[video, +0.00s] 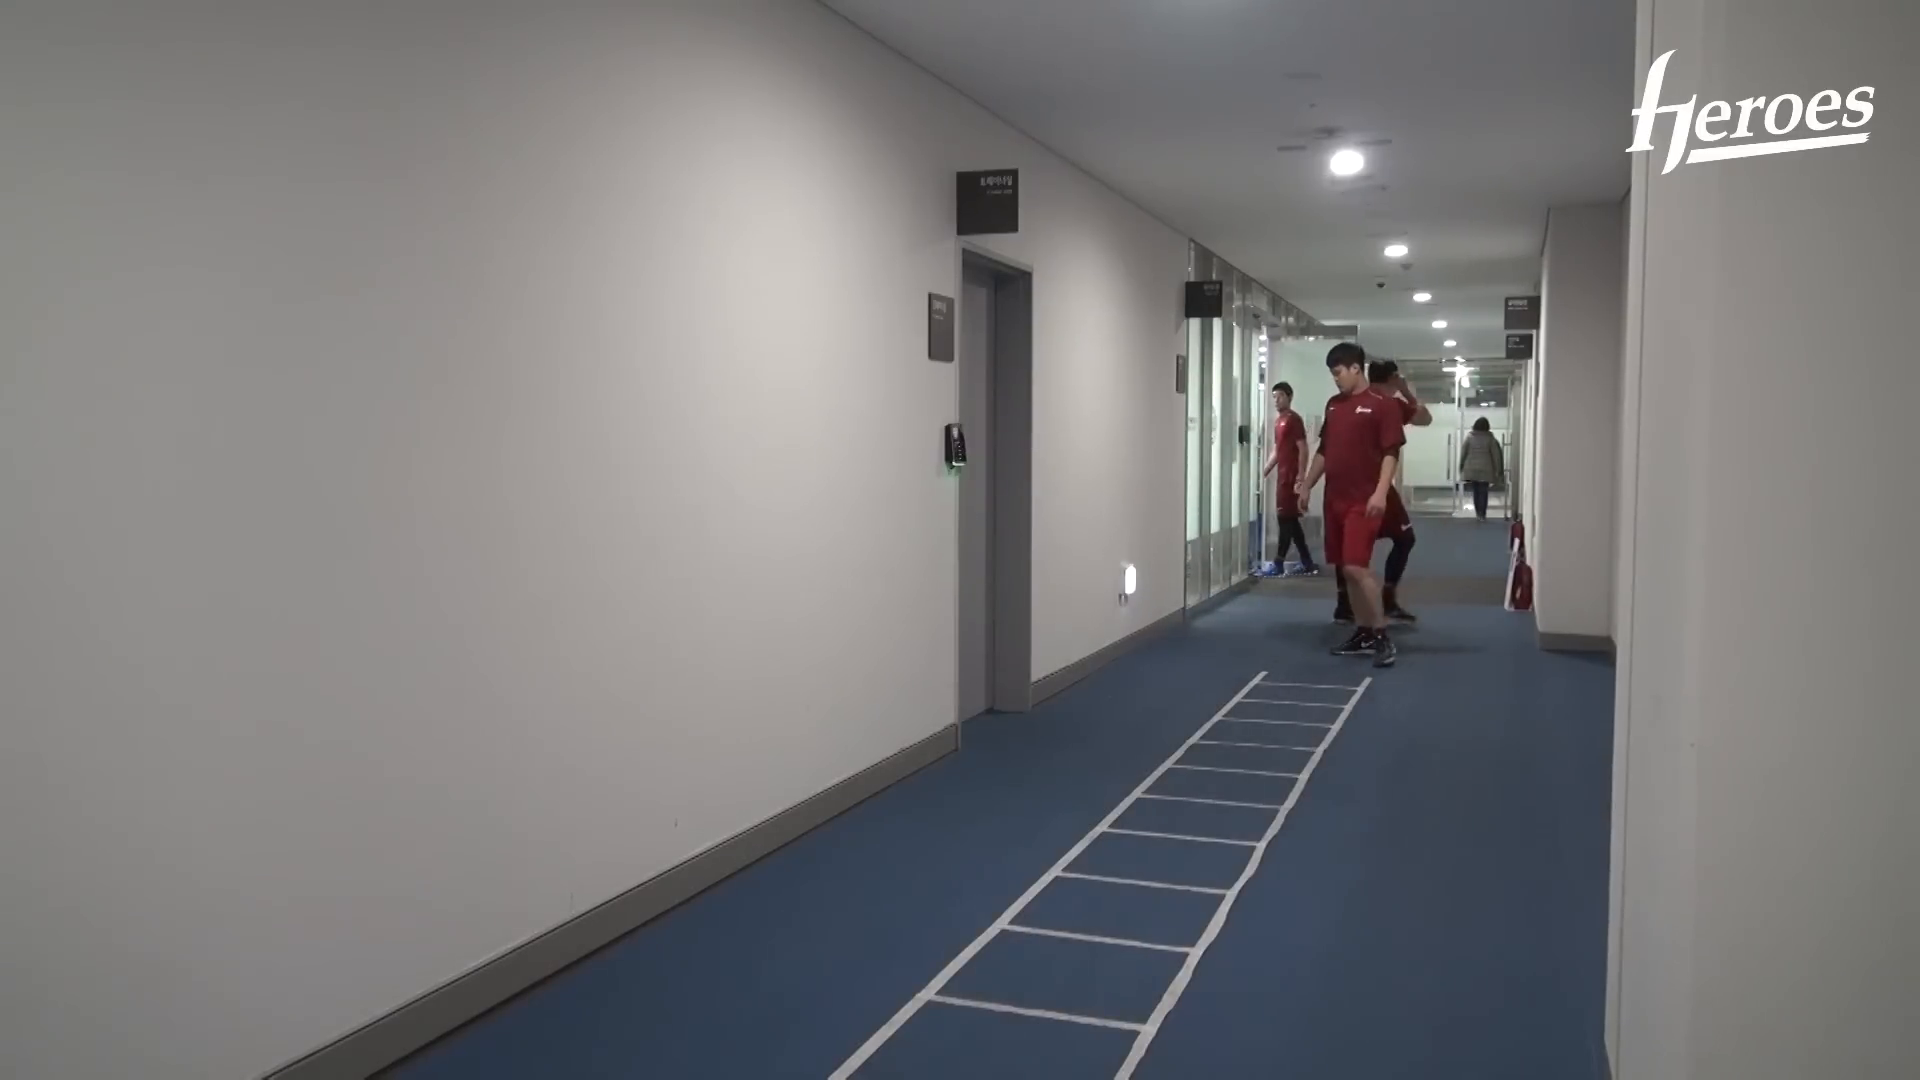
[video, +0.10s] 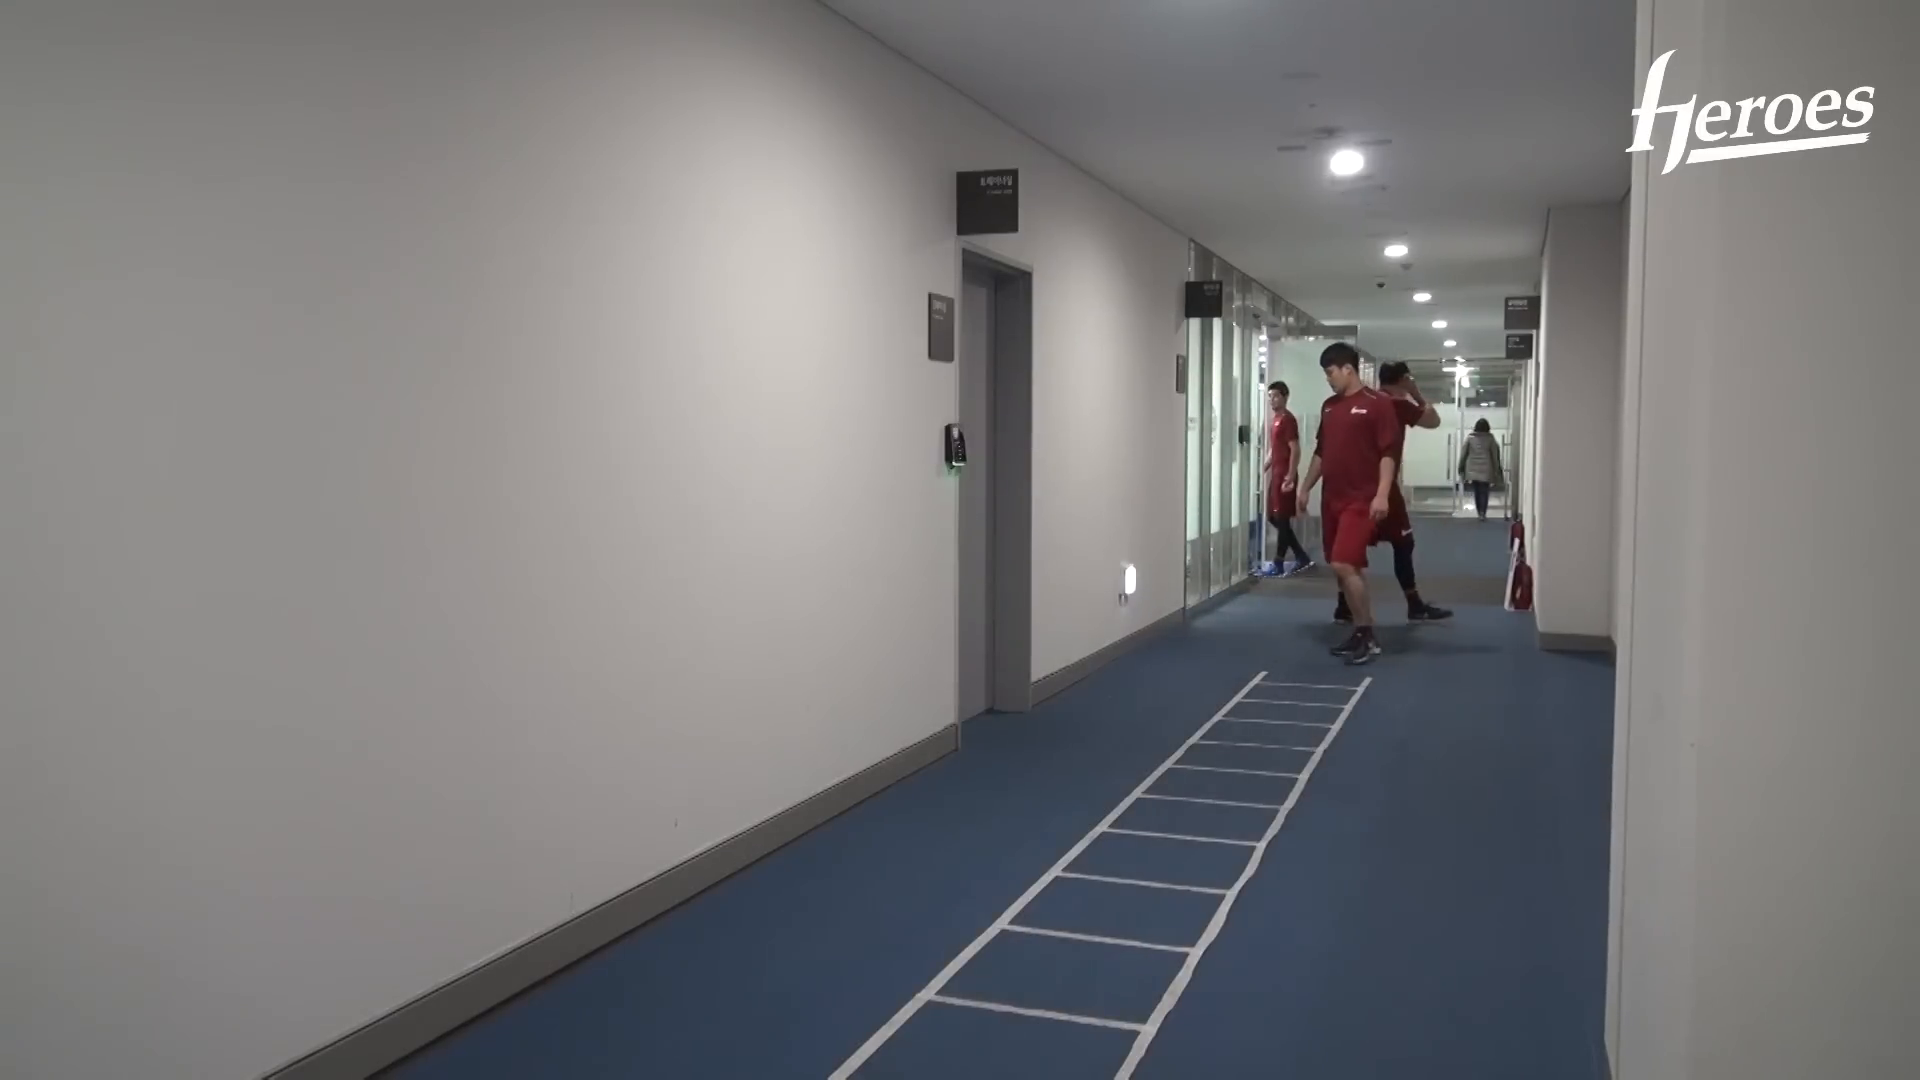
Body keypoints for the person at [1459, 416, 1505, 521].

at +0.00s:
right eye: (1487, 425)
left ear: (1475, 425)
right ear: (1487, 426)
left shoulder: (1470, 437)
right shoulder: (1490, 438)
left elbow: (1464, 453)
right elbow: (1496, 456)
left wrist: (1461, 466)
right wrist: (1498, 471)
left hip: (1472, 469)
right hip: (1485, 469)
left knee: (1476, 491)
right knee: (1484, 492)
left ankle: (1479, 513)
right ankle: (1482, 514)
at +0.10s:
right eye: (1486, 426)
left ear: (1476, 426)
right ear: (1487, 427)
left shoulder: (1470, 438)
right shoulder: (1490, 438)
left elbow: (1464, 454)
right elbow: (1495, 455)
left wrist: (1460, 468)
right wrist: (1497, 469)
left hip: (1473, 468)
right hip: (1486, 468)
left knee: (1477, 490)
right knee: (1484, 490)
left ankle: (1480, 512)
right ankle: (1483, 513)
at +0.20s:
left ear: (1475, 426)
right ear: (1487, 427)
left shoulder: (1470, 438)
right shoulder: (1490, 439)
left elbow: (1463, 456)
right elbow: (1495, 458)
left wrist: (1460, 473)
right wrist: (1496, 474)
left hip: (1473, 470)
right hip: (1486, 471)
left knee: (1477, 492)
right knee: (1488, 491)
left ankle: (1480, 513)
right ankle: (1485, 509)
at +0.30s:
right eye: (1484, 425)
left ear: (1474, 425)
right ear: (1486, 426)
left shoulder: (1470, 438)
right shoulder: (1489, 438)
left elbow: (1463, 455)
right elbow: (1494, 458)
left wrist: (1461, 472)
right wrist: (1494, 473)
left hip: (1472, 470)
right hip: (1485, 470)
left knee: (1477, 492)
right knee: (1486, 489)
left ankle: (1481, 514)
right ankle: (1487, 507)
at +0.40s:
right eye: (1484, 424)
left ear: (1474, 425)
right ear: (1485, 426)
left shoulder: (1469, 437)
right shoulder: (1489, 438)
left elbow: (1463, 453)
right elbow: (1493, 456)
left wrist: (1464, 463)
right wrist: (1494, 471)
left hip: (1471, 466)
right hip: (1484, 467)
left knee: (1476, 490)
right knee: (1485, 489)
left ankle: (1481, 513)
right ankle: (1487, 509)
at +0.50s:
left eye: (1476, 425)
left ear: (1473, 426)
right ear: (1484, 427)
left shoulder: (1468, 438)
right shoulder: (1487, 439)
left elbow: (1463, 452)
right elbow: (1493, 456)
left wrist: (1465, 461)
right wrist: (1495, 470)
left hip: (1470, 466)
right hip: (1483, 467)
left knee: (1476, 488)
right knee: (1483, 488)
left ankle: (1481, 511)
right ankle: (1483, 510)